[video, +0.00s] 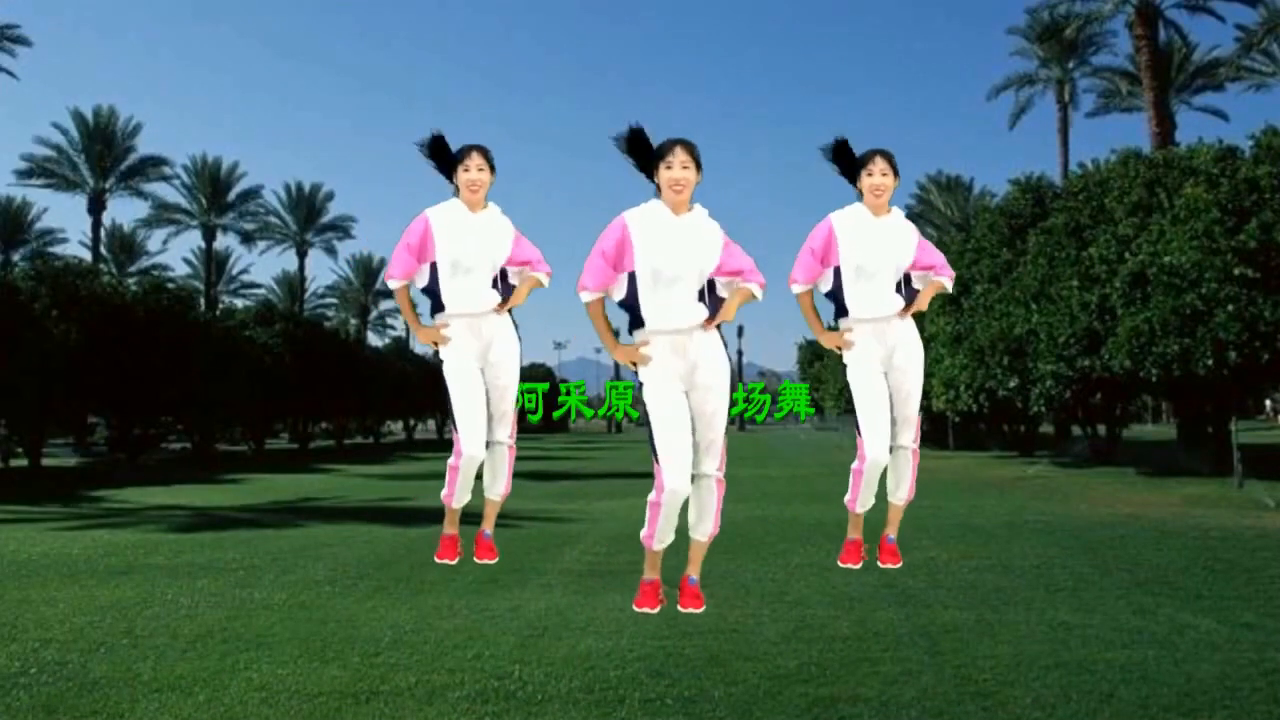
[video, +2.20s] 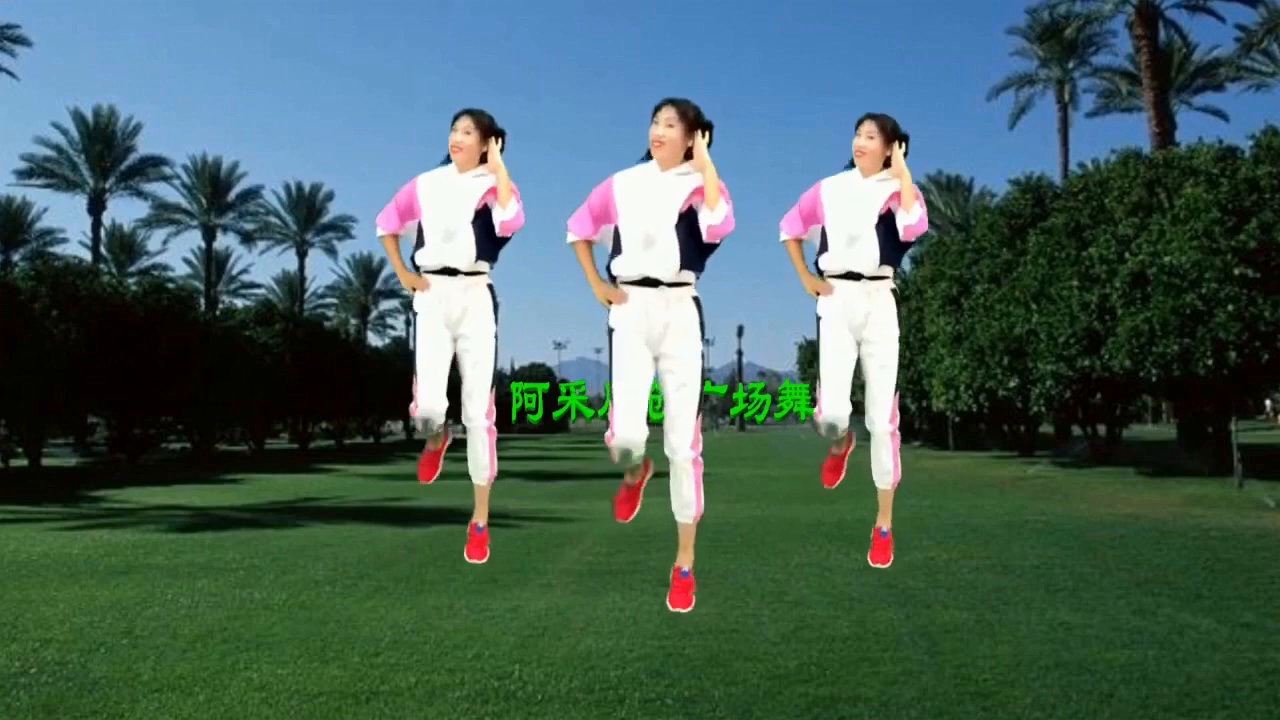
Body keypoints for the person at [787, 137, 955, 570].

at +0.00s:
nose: (878, 182)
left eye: (885, 175)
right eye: (870, 175)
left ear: (895, 183)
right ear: (858, 182)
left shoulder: (905, 230)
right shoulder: (837, 225)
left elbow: (940, 272)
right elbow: (801, 280)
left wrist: (922, 300)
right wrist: (822, 334)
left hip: (904, 335)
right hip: (859, 338)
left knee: (906, 440)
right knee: (875, 447)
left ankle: (890, 536)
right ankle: (854, 536)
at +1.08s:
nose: (866, 165)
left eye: (874, 159)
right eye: (861, 159)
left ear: (891, 165)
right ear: (854, 167)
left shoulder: (911, 209)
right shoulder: (837, 212)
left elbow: (965, 224)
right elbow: (795, 260)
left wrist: (934, 258)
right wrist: (822, 307)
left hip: (898, 321)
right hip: (854, 323)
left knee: (896, 435)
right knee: (857, 437)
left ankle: (888, 535)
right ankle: (848, 535)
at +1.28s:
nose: (867, 160)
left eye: (876, 153)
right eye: (863, 154)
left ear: (896, 159)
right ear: (859, 161)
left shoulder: (917, 201)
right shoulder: (841, 206)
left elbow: (973, 216)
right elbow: (797, 252)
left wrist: (948, 212)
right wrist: (825, 299)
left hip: (898, 315)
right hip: (853, 315)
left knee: (894, 431)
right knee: (852, 432)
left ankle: (891, 535)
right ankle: (847, 535)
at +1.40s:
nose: (872, 184)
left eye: (881, 177)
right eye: (869, 177)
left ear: (901, 184)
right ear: (864, 184)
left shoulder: (914, 231)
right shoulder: (843, 225)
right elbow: (802, 274)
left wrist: (930, 236)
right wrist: (820, 324)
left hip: (900, 335)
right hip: (856, 338)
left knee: (899, 447)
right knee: (872, 446)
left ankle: (889, 536)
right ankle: (857, 519)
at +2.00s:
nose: (853, 164)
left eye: (861, 157)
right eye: (850, 157)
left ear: (881, 164)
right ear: (846, 165)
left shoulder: (901, 210)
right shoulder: (830, 211)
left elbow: (904, 243)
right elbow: (789, 247)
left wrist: (888, 187)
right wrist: (806, 293)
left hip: (872, 326)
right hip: (828, 322)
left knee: (871, 441)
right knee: (807, 429)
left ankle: (888, 532)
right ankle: (787, 524)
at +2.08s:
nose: (852, 144)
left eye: (862, 138)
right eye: (851, 138)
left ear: (882, 147)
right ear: (849, 146)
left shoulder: (899, 191)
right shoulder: (829, 191)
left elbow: (916, 220)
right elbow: (791, 228)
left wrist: (897, 166)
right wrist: (807, 274)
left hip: (875, 304)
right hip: (831, 300)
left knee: (879, 421)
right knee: (813, 414)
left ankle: (889, 526)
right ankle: (794, 504)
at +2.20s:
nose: (860, 142)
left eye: (870, 137)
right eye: (857, 136)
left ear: (889, 148)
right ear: (852, 144)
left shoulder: (902, 190)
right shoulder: (828, 188)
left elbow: (911, 228)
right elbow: (789, 229)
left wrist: (902, 173)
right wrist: (806, 277)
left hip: (881, 299)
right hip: (837, 296)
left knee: (881, 416)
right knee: (831, 416)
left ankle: (883, 523)